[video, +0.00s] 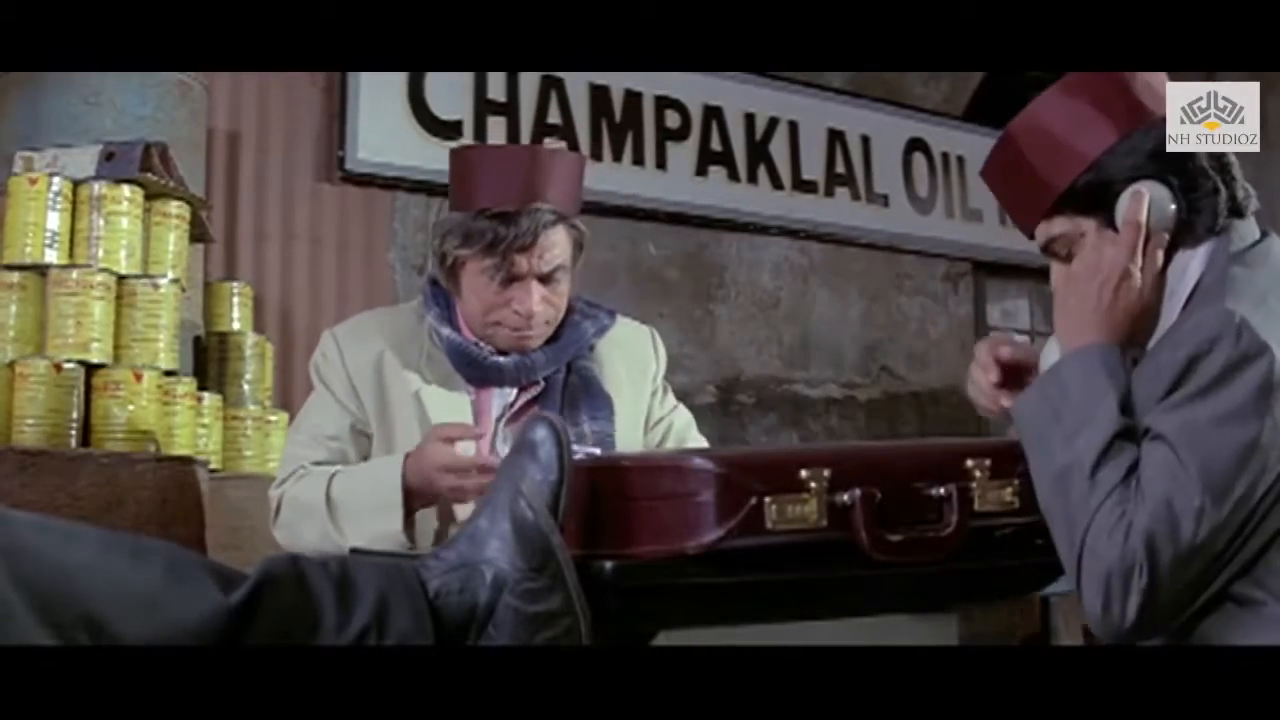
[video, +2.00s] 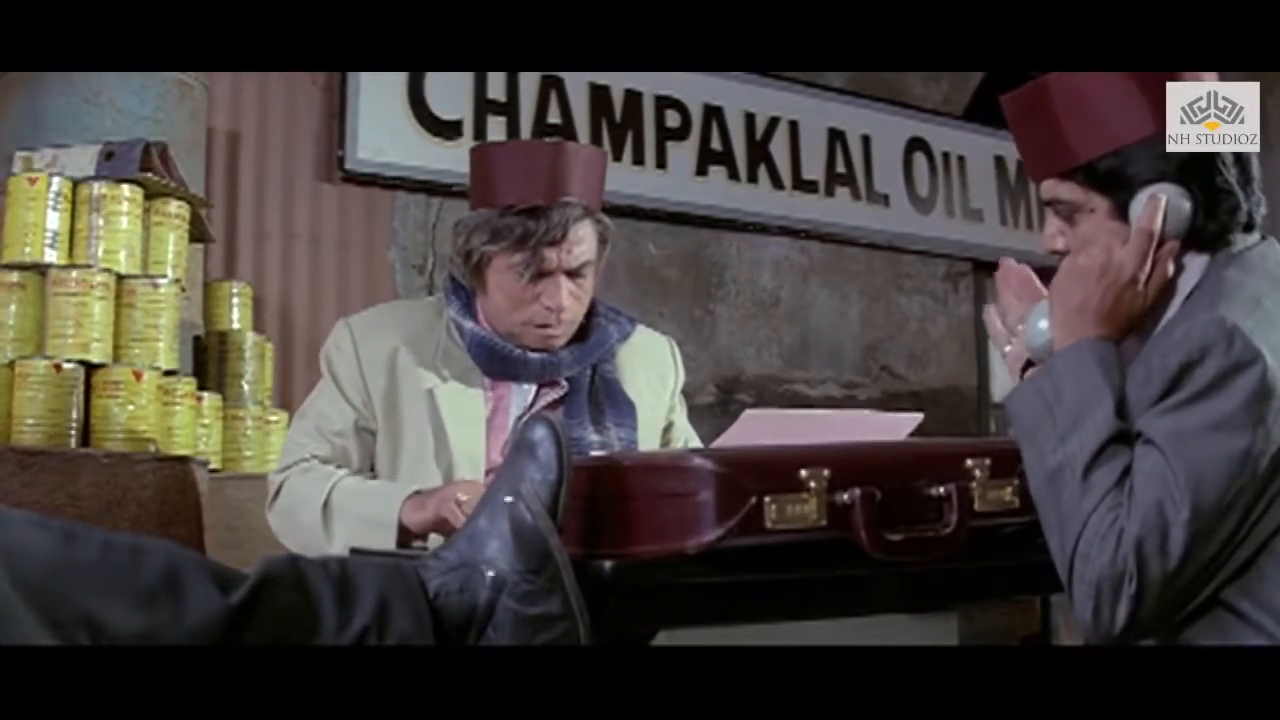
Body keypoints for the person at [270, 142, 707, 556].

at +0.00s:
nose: (530, 306)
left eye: (551, 278)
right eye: (504, 278)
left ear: (574, 267)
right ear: (450, 265)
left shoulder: (630, 355)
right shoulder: (359, 356)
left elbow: (696, 487)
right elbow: (294, 510)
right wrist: (406, 483)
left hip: (588, 622)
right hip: (416, 627)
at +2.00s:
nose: (558, 299)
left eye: (577, 273)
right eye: (532, 272)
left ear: (599, 268)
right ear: (475, 264)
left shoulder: (650, 363)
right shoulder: (373, 350)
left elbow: (691, 492)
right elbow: (294, 492)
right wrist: (409, 509)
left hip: (599, 622)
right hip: (426, 627)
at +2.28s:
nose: (557, 296)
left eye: (575, 269)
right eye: (531, 269)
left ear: (596, 266)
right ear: (474, 260)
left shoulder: (648, 363)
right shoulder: (372, 349)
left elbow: (690, 494)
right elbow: (294, 495)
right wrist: (415, 484)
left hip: (599, 622)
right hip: (422, 625)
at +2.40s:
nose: (553, 295)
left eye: (571, 268)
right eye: (527, 268)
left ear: (592, 265)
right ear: (470, 261)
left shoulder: (648, 360)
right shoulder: (374, 347)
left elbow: (688, 496)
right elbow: (299, 496)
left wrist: (564, 491)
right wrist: (438, 430)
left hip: (599, 618)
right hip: (421, 620)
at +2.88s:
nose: (538, 268)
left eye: (562, 248)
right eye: (514, 242)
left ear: (588, 263)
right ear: (469, 248)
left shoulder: (647, 359)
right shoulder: (384, 338)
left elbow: (688, 489)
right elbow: (317, 469)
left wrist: (586, 463)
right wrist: (475, 417)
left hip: (594, 608)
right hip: (425, 606)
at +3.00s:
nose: (547, 269)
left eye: (567, 246)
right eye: (520, 244)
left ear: (589, 258)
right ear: (468, 250)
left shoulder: (647, 359)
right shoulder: (393, 327)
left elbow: (683, 486)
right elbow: (329, 429)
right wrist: (508, 401)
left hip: (589, 608)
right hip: (418, 604)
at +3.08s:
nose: (567, 262)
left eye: (580, 236)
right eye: (533, 242)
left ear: (597, 243)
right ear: (475, 252)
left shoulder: (646, 360)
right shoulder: (393, 326)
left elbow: (681, 483)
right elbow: (354, 427)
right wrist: (489, 354)